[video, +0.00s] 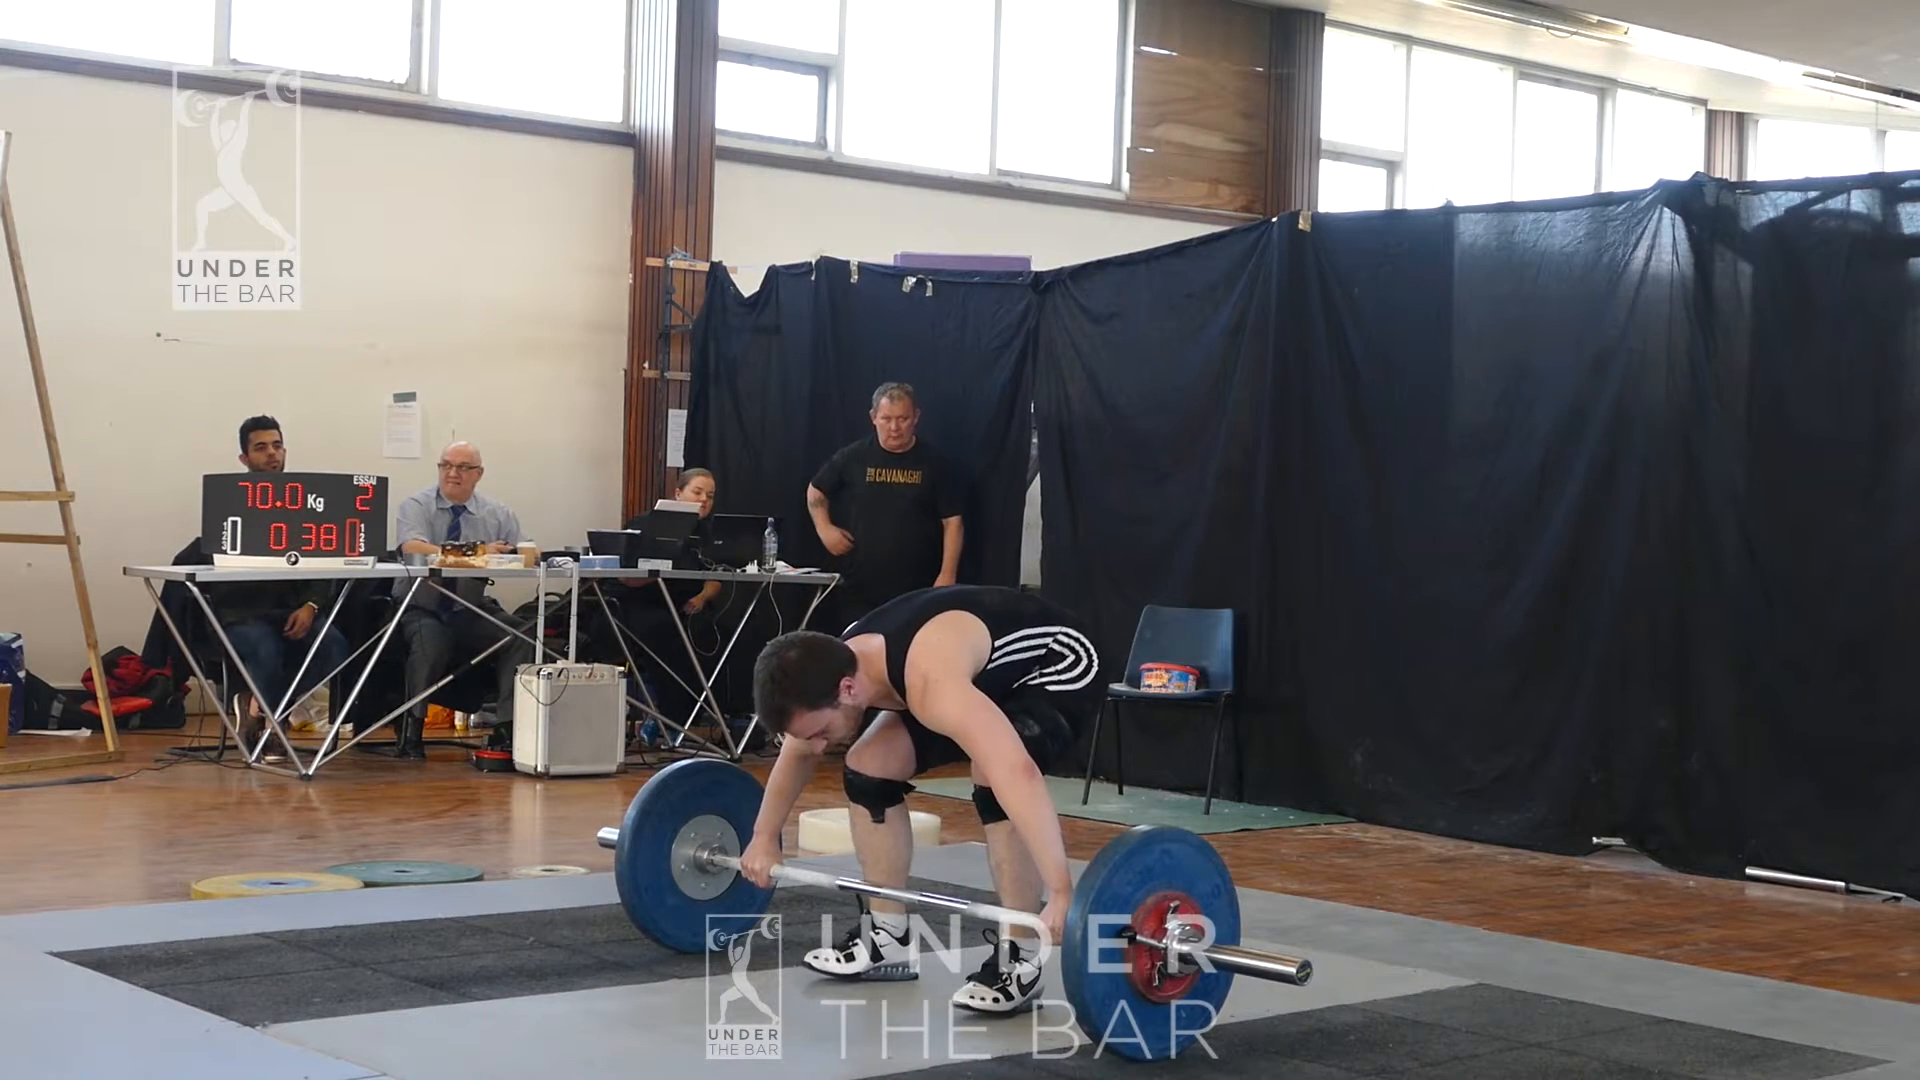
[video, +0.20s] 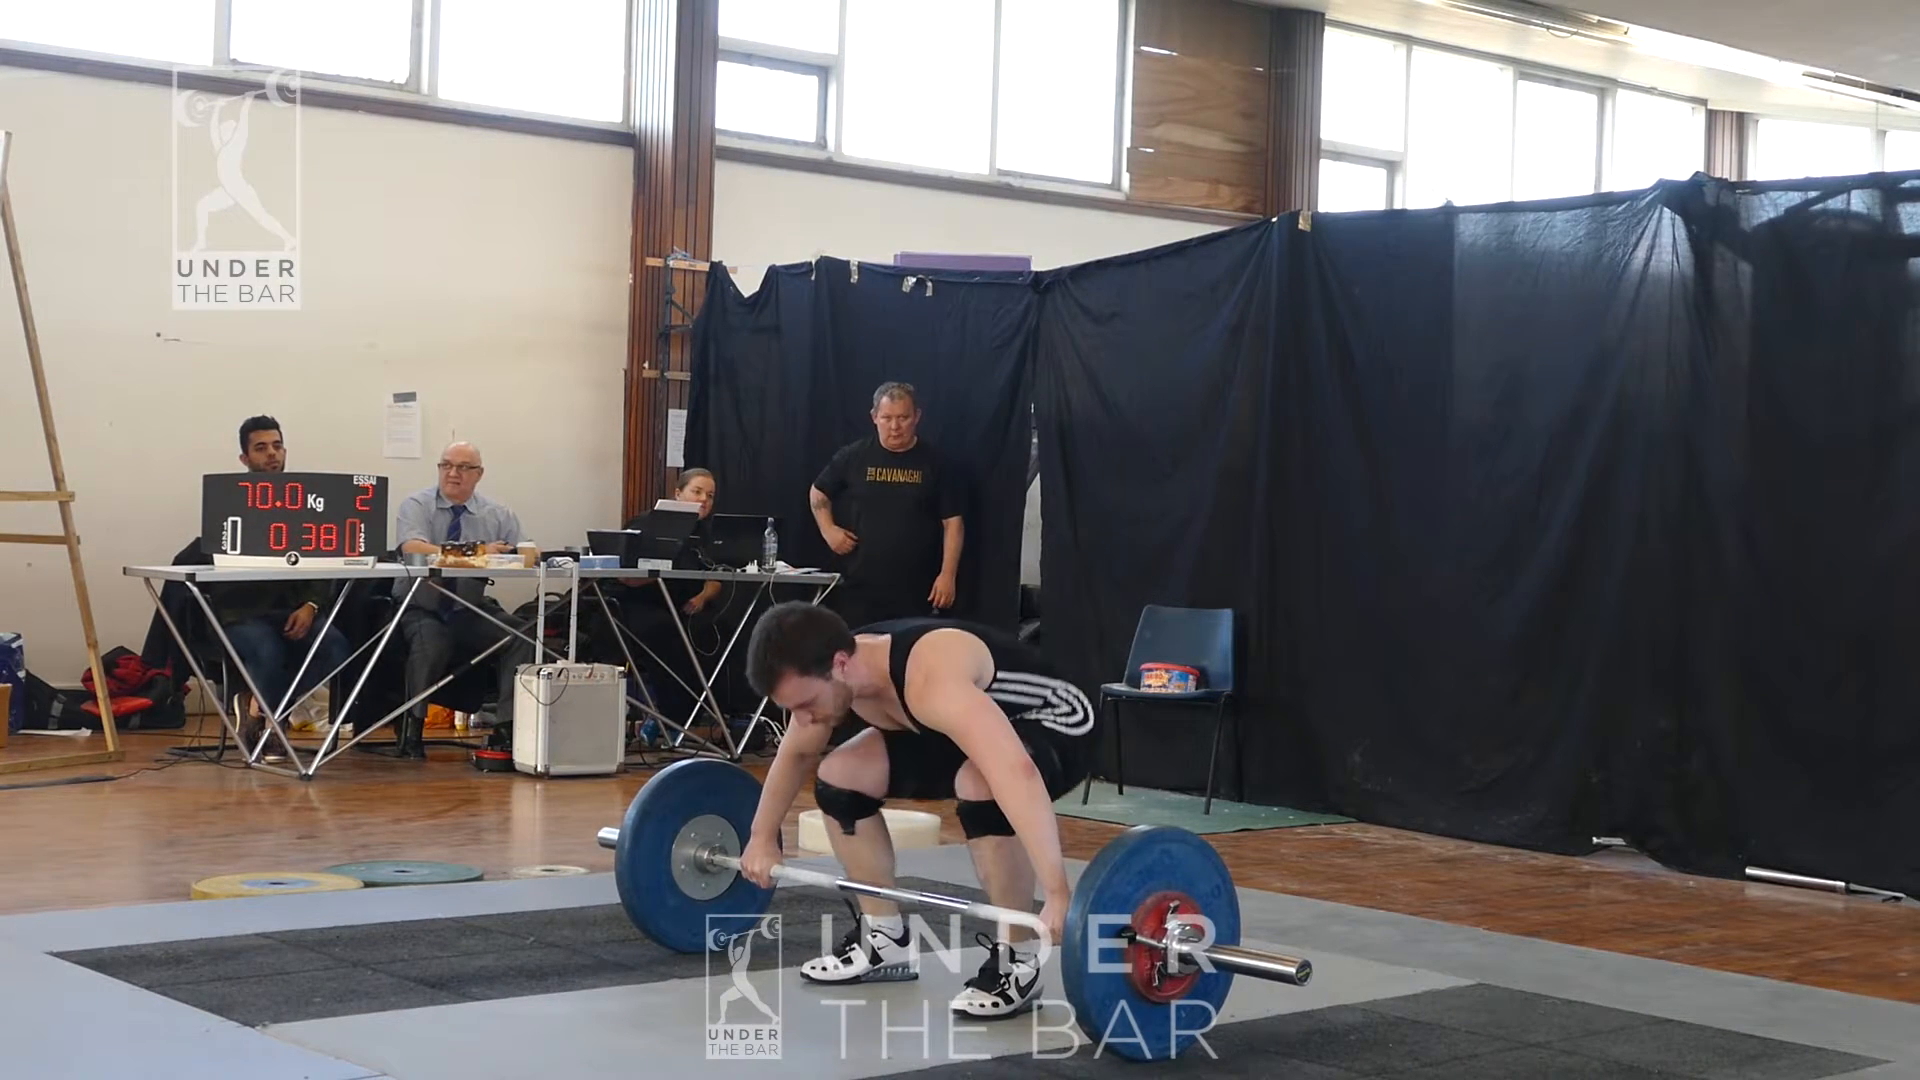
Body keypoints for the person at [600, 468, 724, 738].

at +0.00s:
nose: (704, 500)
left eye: (710, 496)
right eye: (697, 492)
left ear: (714, 502)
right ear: (679, 493)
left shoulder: (709, 532)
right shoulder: (647, 525)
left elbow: (717, 577)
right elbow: (628, 578)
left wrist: (703, 597)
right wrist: (660, 567)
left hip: (683, 607)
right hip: (641, 604)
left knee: (707, 632)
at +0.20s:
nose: (703, 500)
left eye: (710, 495)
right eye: (697, 492)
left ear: (713, 503)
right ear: (678, 494)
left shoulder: (705, 534)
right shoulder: (648, 525)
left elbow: (716, 579)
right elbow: (628, 577)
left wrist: (702, 597)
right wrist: (662, 568)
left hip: (682, 609)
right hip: (643, 607)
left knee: (708, 633)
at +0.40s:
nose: (704, 500)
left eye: (710, 495)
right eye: (697, 492)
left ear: (714, 502)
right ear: (678, 494)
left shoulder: (706, 534)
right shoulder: (648, 525)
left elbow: (716, 579)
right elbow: (628, 578)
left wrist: (702, 597)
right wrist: (663, 568)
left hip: (683, 610)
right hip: (643, 607)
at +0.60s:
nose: (704, 500)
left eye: (710, 495)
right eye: (697, 492)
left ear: (714, 502)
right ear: (678, 494)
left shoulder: (705, 534)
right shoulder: (647, 524)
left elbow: (716, 578)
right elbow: (628, 577)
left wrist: (702, 597)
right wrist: (664, 567)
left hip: (682, 613)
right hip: (642, 610)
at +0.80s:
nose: (704, 500)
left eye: (710, 495)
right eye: (697, 492)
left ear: (714, 502)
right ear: (678, 493)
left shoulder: (705, 534)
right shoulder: (648, 524)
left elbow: (717, 578)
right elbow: (628, 578)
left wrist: (702, 598)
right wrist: (664, 568)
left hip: (683, 615)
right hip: (643, 612)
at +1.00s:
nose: (704, 499)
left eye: (710, 495)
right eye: (697, 491)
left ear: (714, 502)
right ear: (678, 493)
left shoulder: (706, 534)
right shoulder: (646, 525)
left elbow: (717, 578)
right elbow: (629, 578)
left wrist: (701, 597)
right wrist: (661, 567)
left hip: (685, 614)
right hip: (643, 612)